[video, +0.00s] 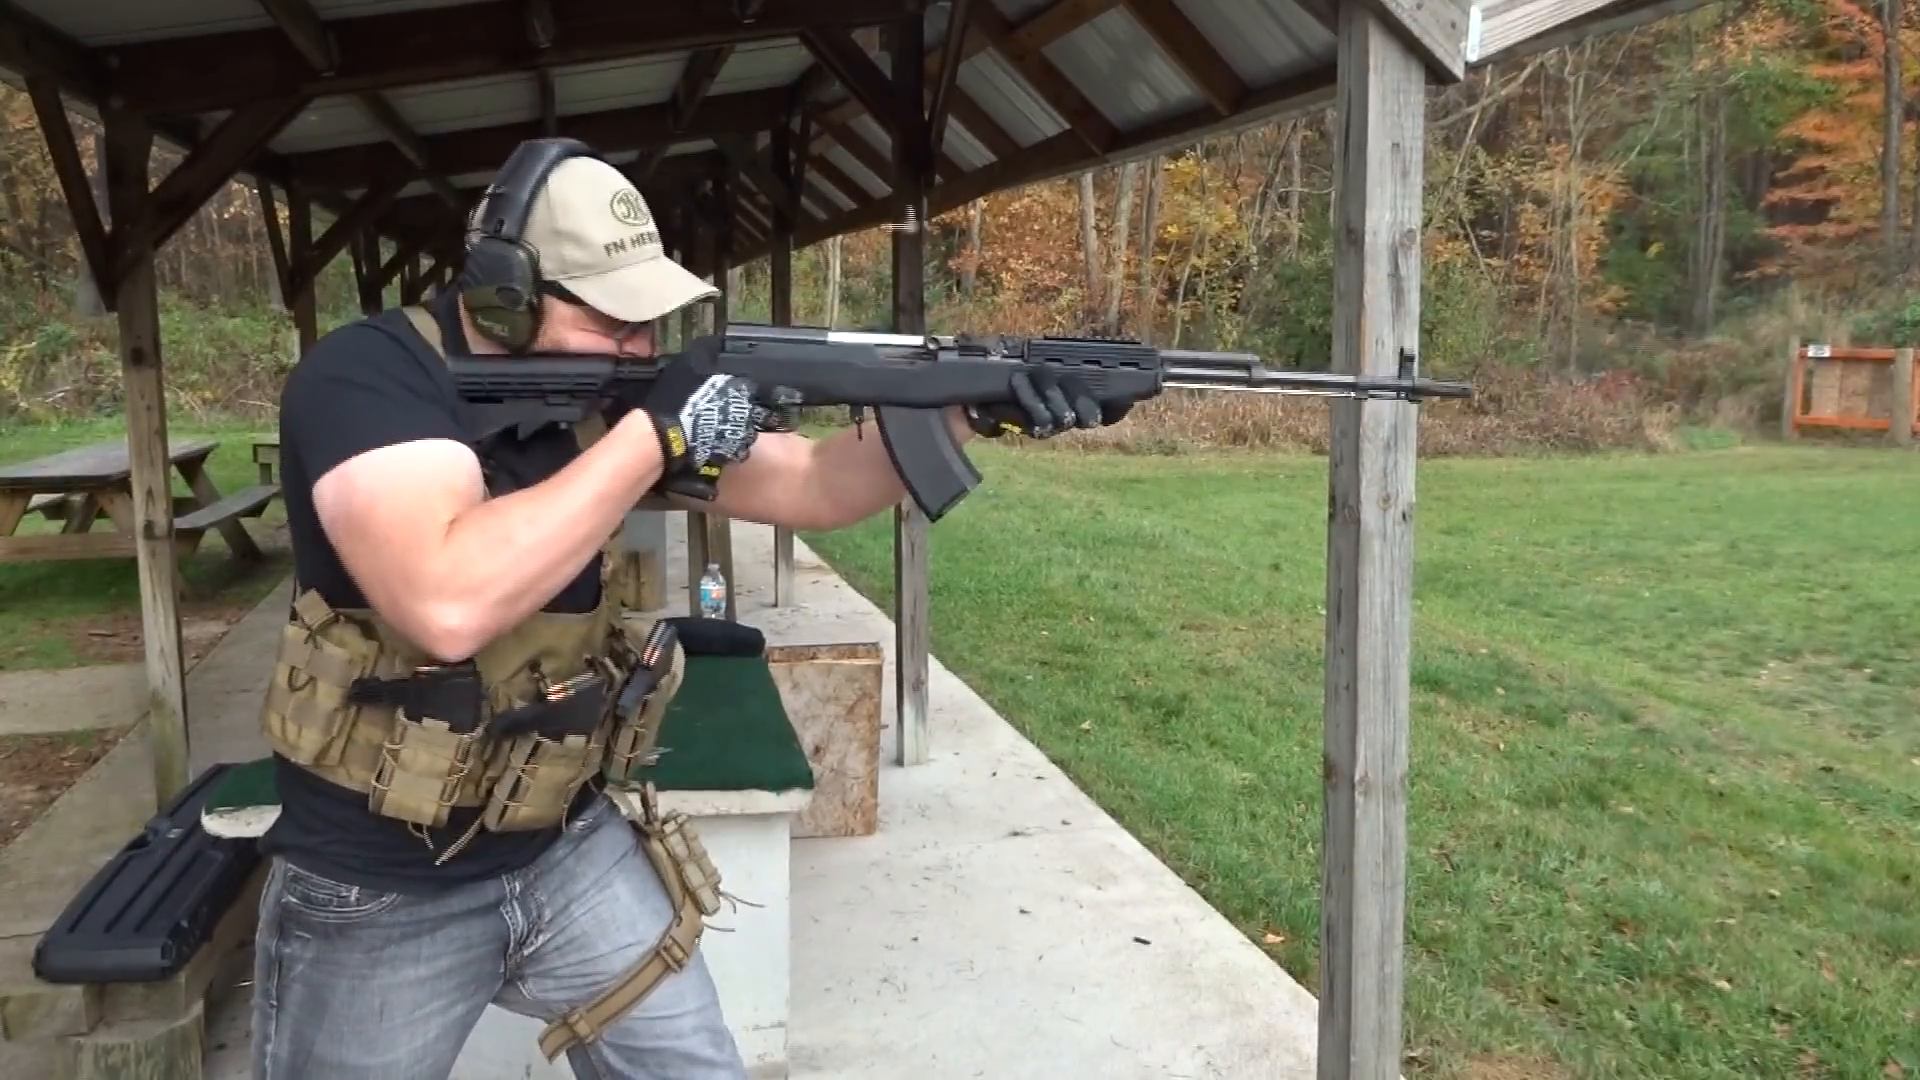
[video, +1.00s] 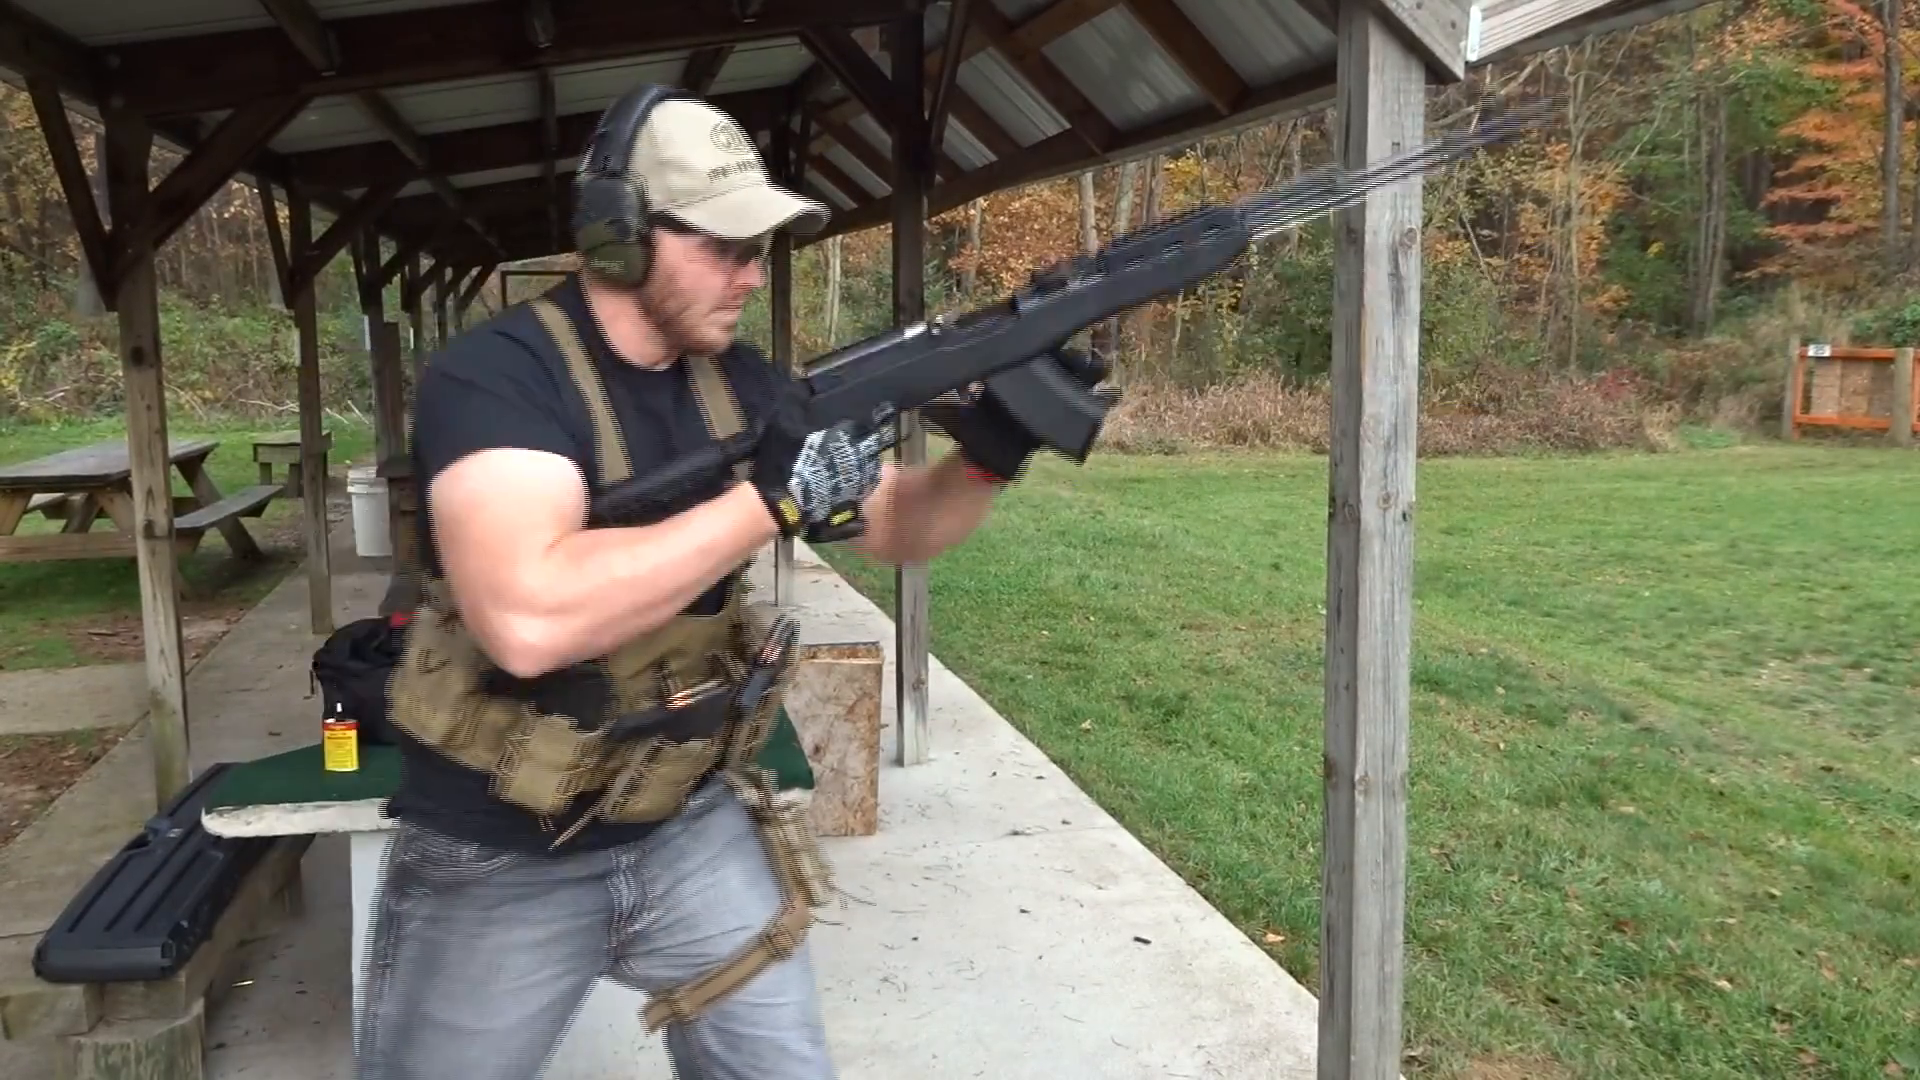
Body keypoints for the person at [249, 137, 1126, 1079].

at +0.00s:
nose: (632, 349)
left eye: (640, 324)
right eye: (602, 325)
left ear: (646, 296)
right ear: (498, 298)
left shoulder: (611, 397)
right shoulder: (361, 380)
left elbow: (812, 481)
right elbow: (448, 602)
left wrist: (984, 401)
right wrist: (658, 433)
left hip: (575, 848)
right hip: (380, 893)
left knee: (697, 1065)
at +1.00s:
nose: (752, 278)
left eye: (756, 249)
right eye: (723, 250)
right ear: (623, 240)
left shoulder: (741, 385)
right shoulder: (497, 375)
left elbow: (897, 525)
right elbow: (528, 622)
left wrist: (985, 458)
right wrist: (769, 500)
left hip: (693, 827)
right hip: (493, 860)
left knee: (787, 1066)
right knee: (428, 1066)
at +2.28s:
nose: (454, 414)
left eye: (482, 371)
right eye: (418, 376)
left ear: (522, 309)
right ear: (316, 318)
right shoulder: (182, 477)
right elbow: (132, 844)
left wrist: (746, 849)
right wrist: (302, 743)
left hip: (580, 937)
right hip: (330, 976)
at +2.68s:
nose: (607, 333)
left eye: (623, 296)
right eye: (570, 298)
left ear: (642, 253)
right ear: (455, 249)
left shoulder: (621, 382)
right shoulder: (289, 421)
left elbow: (700, 536)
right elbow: (227, 782)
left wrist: (721, 693)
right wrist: (488, 609)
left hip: (586, 928)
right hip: (352, 981)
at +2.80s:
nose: (647, 321)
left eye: (665, 287)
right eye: (618, 283)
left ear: (688, 254)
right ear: (505, 231)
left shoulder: (637, 394)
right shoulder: (331, 409)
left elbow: (714, 568)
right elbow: (283, 761)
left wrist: (714, 706)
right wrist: (548, 579)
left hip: (587, 915)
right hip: (359, 964)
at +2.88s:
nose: (682, 306)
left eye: (701, 274)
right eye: (653, 267)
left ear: (717, 262)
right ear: (542, 227)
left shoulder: (656, 403)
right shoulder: (375, 401)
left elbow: (709, 576)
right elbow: (317, 743)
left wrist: (731, 702)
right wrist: (590, 563)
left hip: (596, 900)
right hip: (378, 946)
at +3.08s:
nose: (740, 316)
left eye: (753, 285)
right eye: (714, 278)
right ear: (606, 247)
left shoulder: (671, 415)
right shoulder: (438, 415)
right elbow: (402, 744)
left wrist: (715, 604)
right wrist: (658, 573)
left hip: (597, 881)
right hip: (396, 931)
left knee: (658, 1060)